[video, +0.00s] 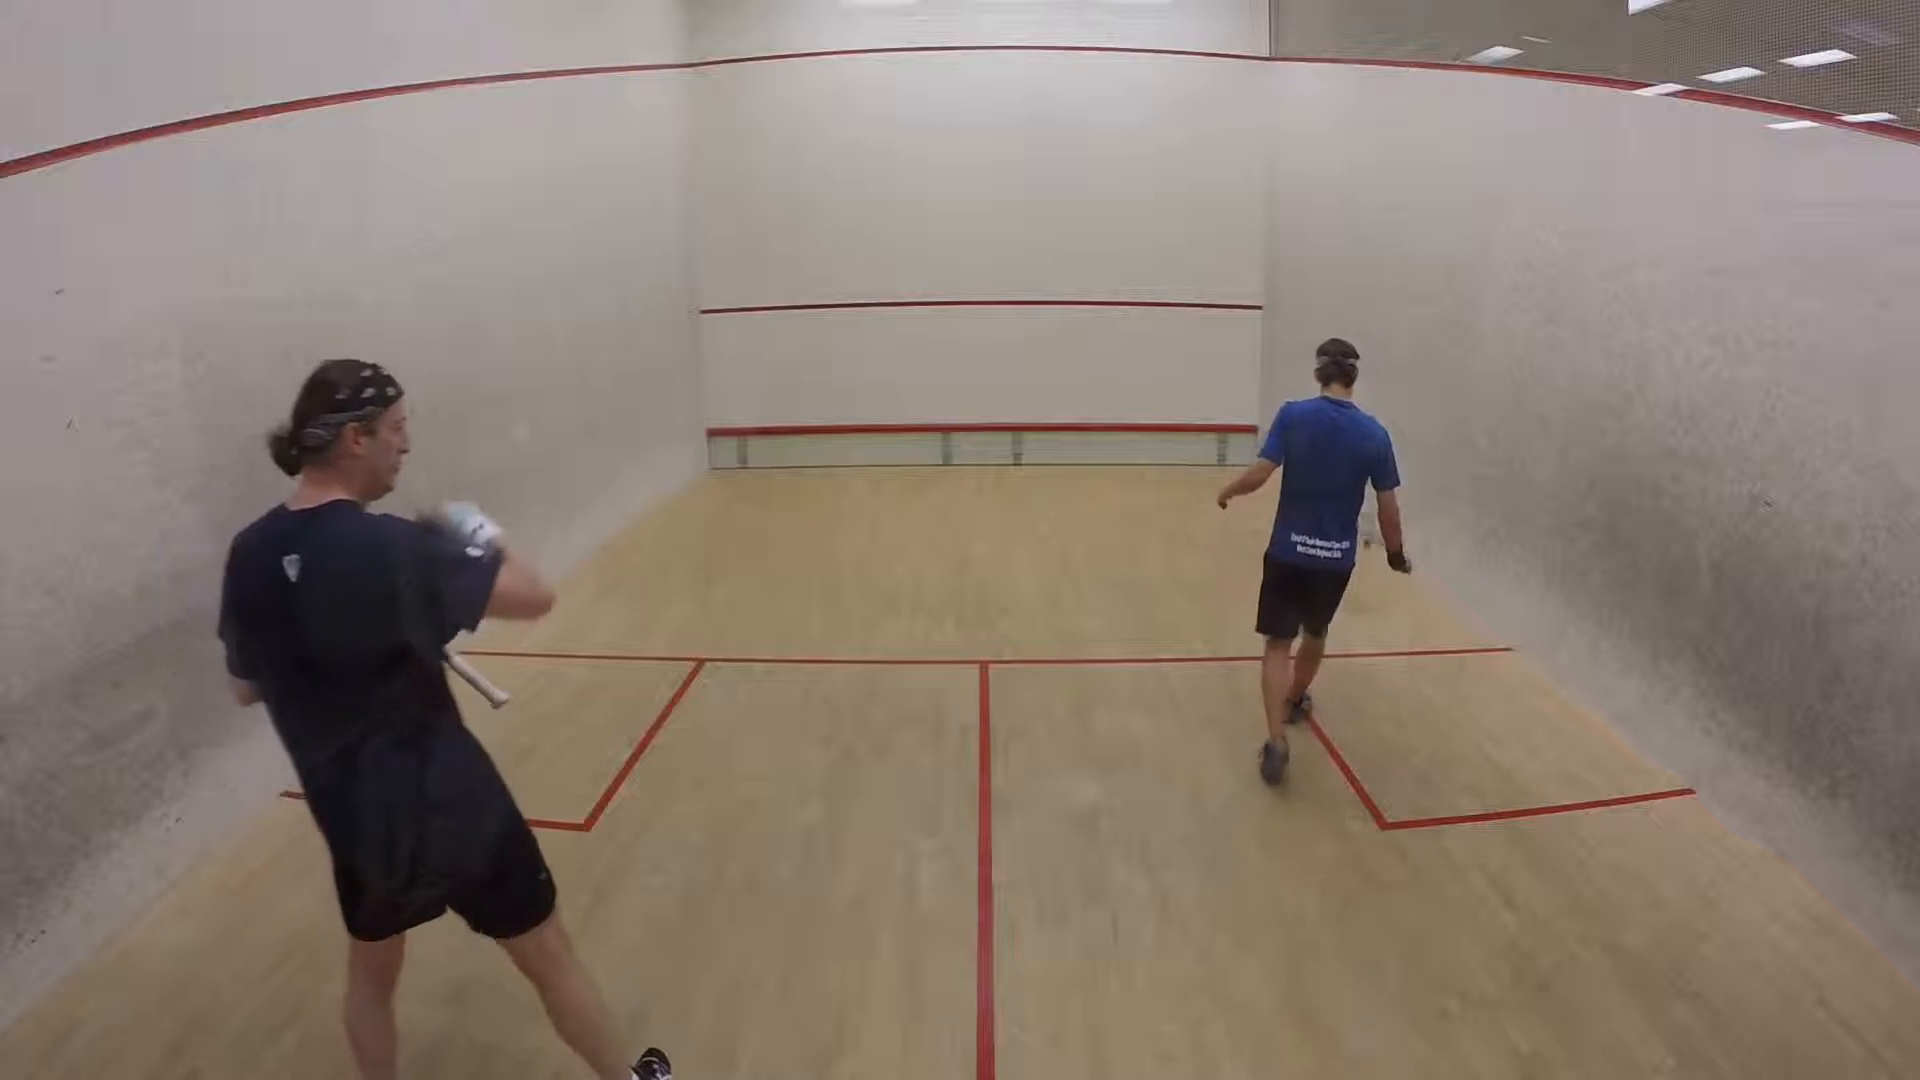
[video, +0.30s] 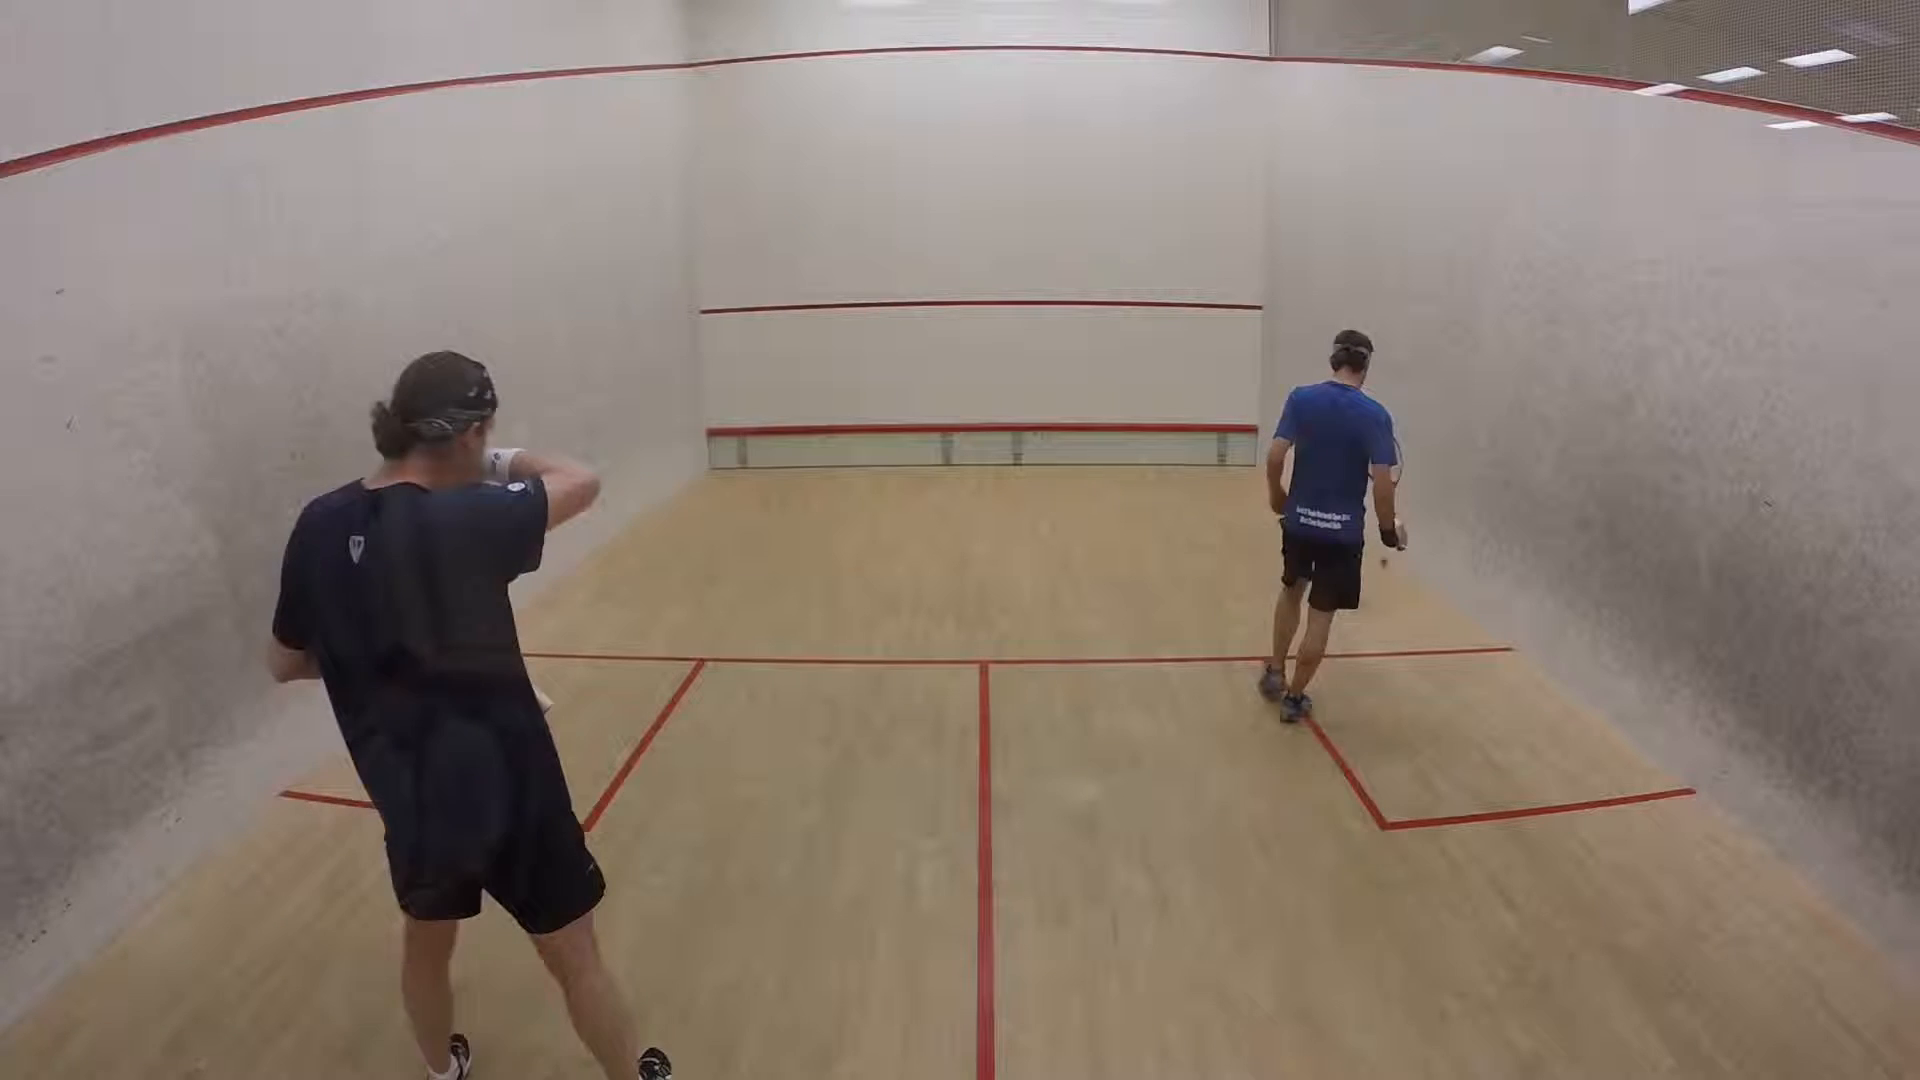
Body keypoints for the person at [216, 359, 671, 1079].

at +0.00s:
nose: (405, 447)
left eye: (403, 431)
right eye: (396, 432)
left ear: (329, 441)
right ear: (353, 441)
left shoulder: (250, 551)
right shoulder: (392, 546)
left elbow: (246, 684)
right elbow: (531, 596)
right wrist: (474, 531)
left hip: (349, 805)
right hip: (447, 791)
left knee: (371, 974)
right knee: (547, 957)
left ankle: (379, 1077)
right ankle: (629, 1074)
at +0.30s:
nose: (490, 442)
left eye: (489, 429)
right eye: (486, 429)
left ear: (396, 431)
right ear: (458, 433)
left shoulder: (322, 524)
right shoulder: (472, 520)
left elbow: (286, 662)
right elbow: (579, 483)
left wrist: (370, 644)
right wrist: (495, 459)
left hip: (413, 796)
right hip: (510, 784)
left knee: (426, 944)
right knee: (573, 956)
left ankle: (441, 1067)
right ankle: (631, 1072)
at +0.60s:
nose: (495, 446)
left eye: (493, 434)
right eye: (489, 436)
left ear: (402, 434)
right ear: (465, 443)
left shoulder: (329, 515)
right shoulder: (466, 522)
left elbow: (293, 639)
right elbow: (566, 481)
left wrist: (372, 614)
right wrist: (494, 450)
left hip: (404, 801)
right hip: (501, 790)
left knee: (417, 954)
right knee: (568, 959)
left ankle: (434, 1070)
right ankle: (630, 1072)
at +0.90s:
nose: (479, 443)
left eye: (478, 428)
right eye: (473, 429)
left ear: (386, 431)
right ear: (438, 432)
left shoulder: (317, 517)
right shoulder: (450, 519)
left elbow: (288, 644)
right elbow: (564, 489)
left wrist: (373, 619)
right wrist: (482, 447)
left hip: (397, 800)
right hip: (491, 789)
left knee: (414, 955)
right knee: (564, 955)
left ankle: (433, 1070)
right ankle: (629, 1073)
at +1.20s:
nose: (473, 436)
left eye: (471, 419)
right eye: (465, 420)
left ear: (383, 427)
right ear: (429, 424)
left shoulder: (315, 521)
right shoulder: (449, 524)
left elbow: (292, 655)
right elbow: (584, 542)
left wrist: (380, 614)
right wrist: (520, 497)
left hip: (401, 797)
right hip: (496, 785)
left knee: (419, 952)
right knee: (568, 953)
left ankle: (433, 1070)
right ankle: (630, 1071)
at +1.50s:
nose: (472, 416)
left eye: (467, 400)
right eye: (459, 404)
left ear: (390, 424)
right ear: (414, 421)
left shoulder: (319, 525)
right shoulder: (459, 525)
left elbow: (301, 658)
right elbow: (554, 665)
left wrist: (366, 603)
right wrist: (526, 611)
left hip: (407, 794)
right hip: (502, 782)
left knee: (420, 953)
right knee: (571, 948)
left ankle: (435, 1070)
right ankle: (631, 1071)